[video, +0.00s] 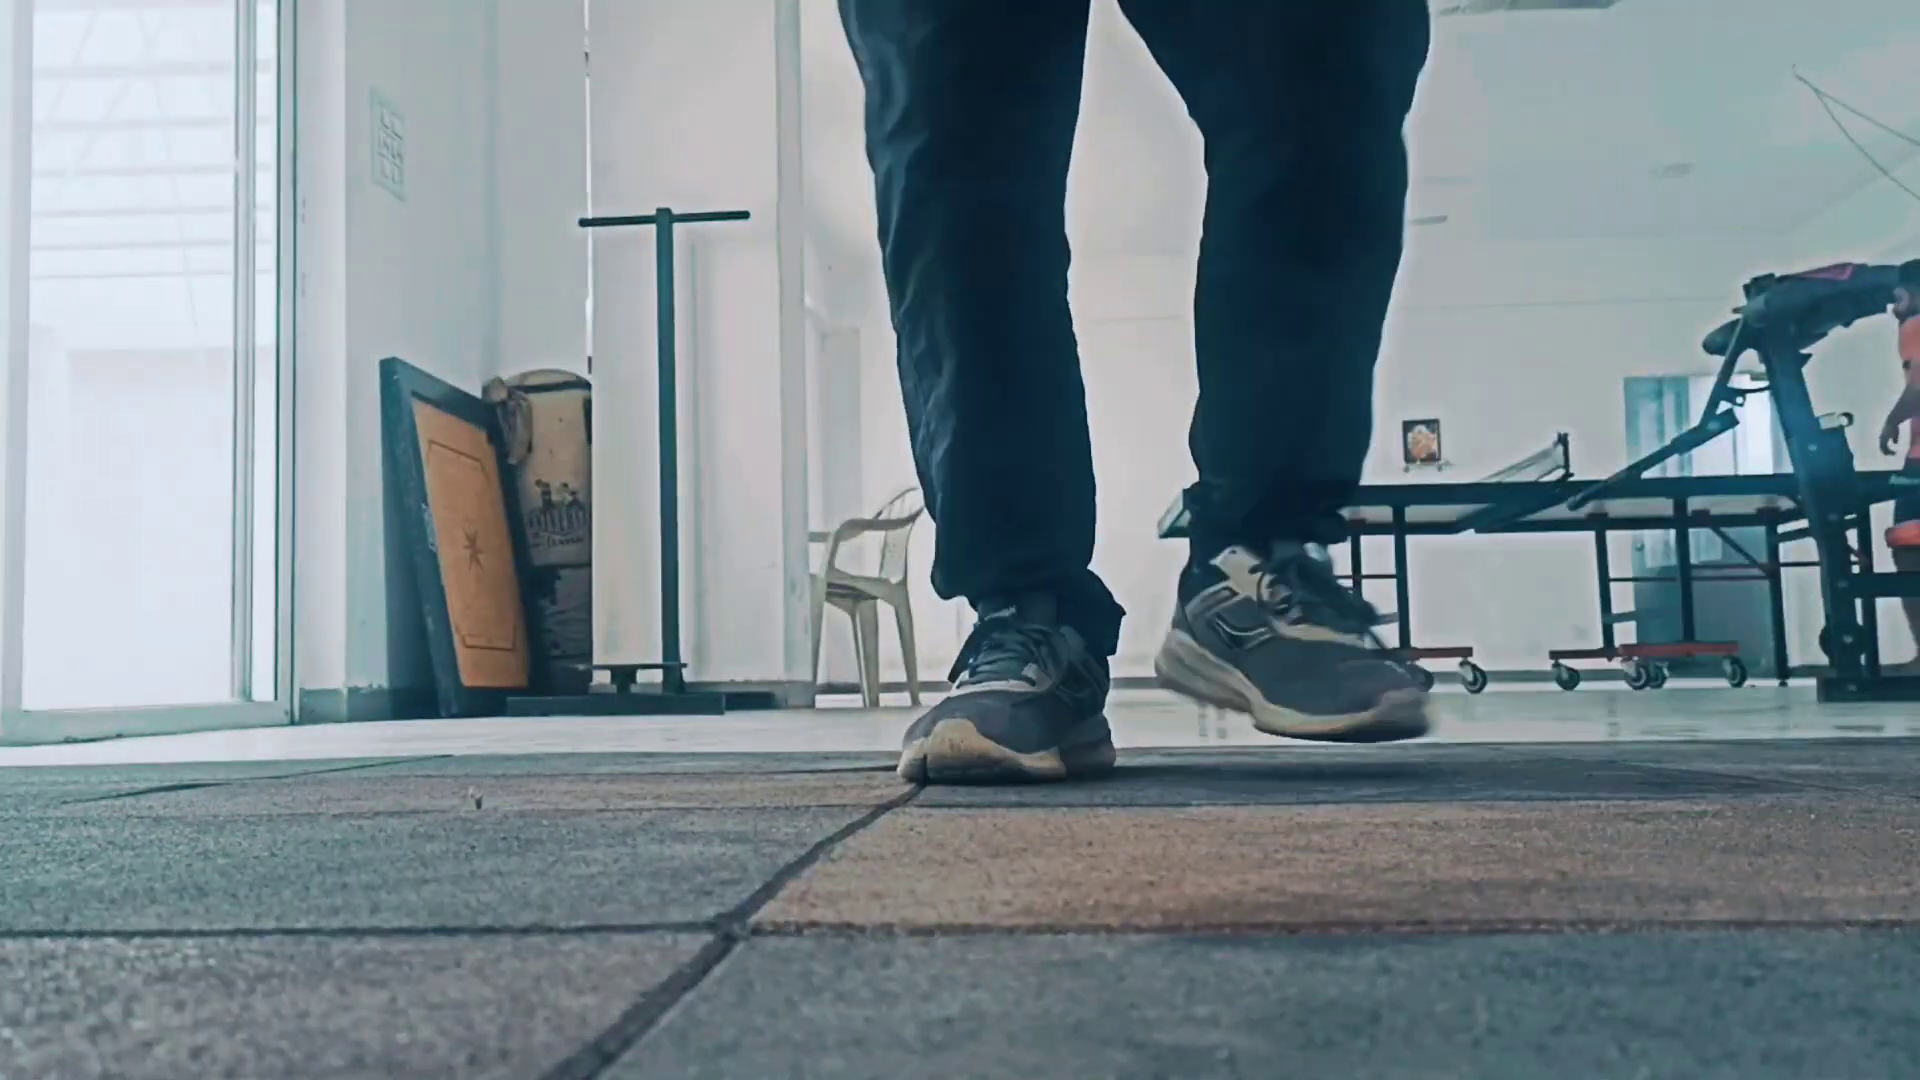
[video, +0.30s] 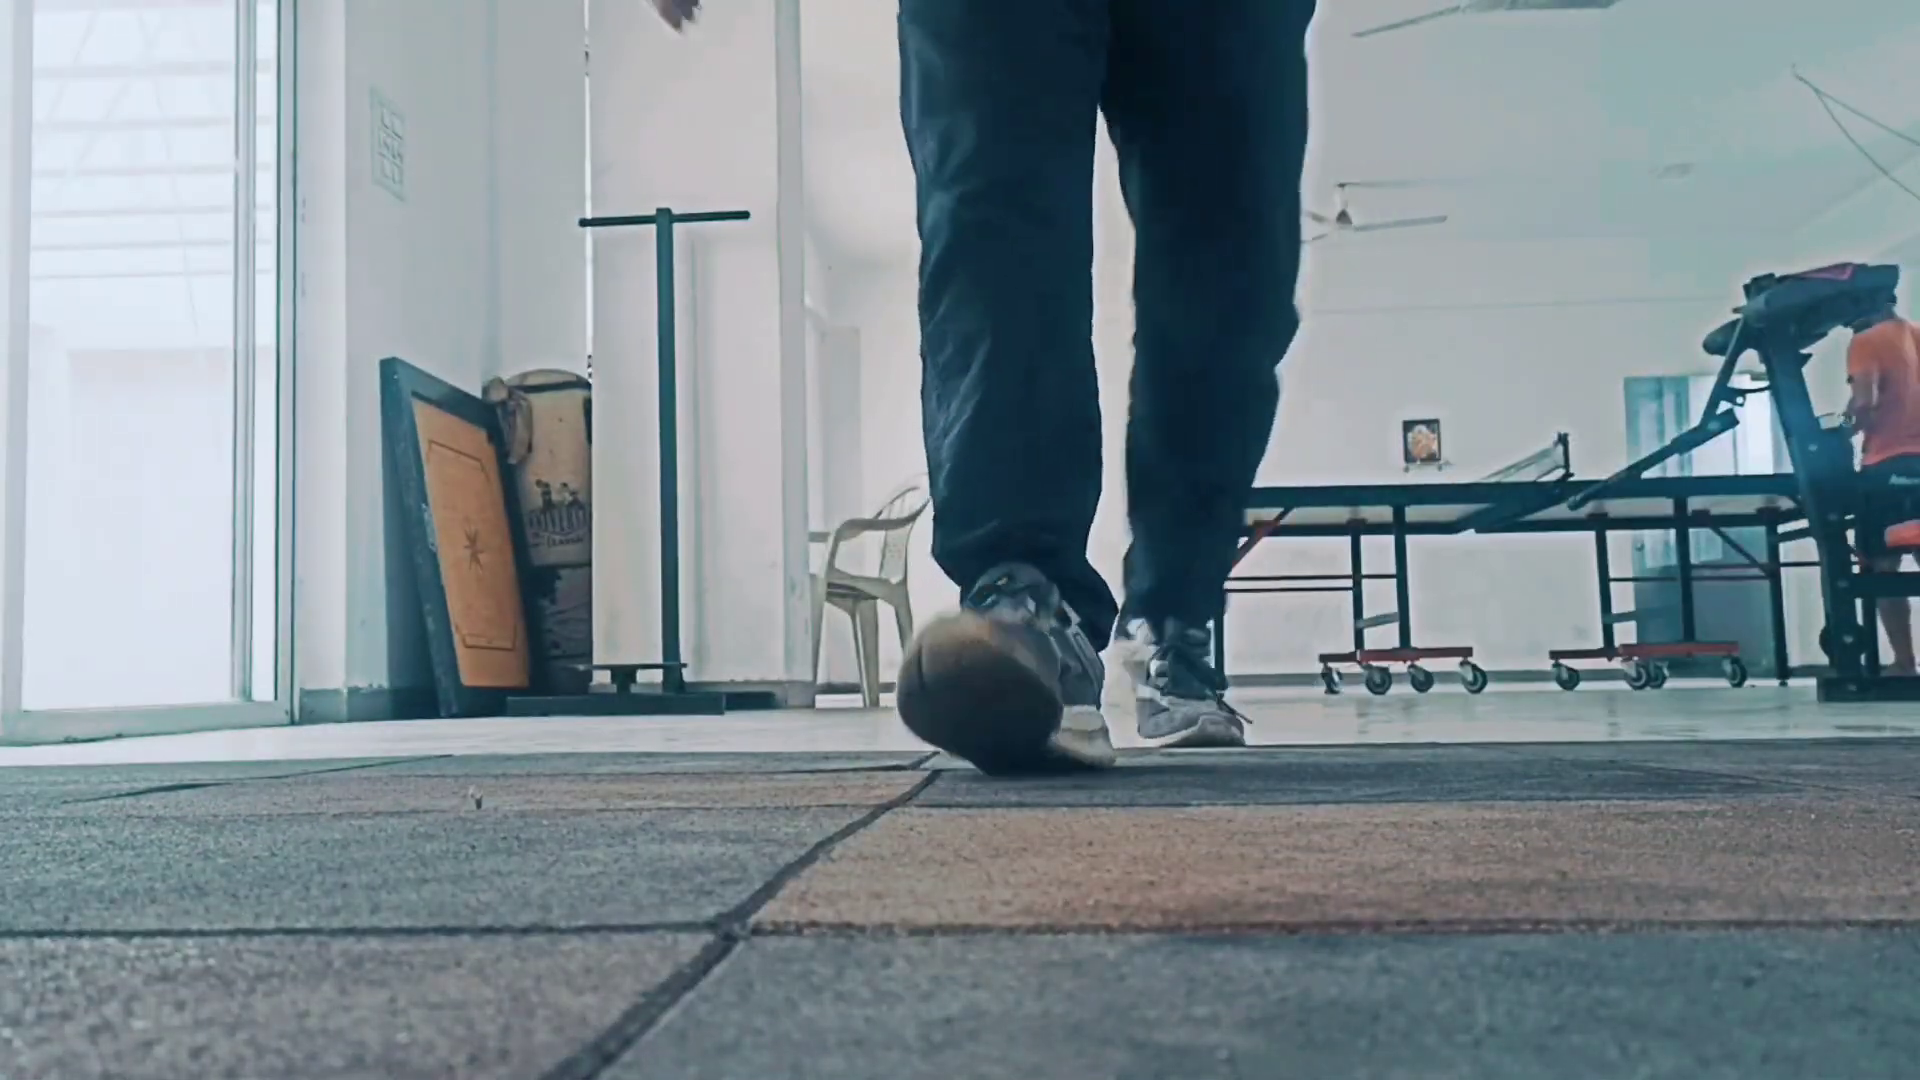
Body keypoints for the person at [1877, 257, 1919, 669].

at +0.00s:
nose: (1892, 305)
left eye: (1897, 297)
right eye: (1892, 297)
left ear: (1911, 298)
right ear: (1909, 298)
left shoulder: (1910, 328)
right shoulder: (1908, 328)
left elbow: (1914, 384)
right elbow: (1913, 386)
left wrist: (1891, 421)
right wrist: (1894, 423)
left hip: (1915, 457)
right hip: (1912, 456)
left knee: (1905, 542)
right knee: (1903, 544)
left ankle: (1917, 645)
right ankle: (1915, 645)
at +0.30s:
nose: (1847, 324)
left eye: (1849, 316)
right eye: (1846, 317)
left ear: (1860, 310)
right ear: (1888, 303)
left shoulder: (1866, 341)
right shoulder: (1914, 332)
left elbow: (1863, 404)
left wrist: (1849, 422)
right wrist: (1860, 419)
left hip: (1887, 461)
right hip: (1917, 455)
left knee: (1881, 565)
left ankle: (1904, 660)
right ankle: (1903, 658)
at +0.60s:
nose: (1819, 343)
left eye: (1820, 337)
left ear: (1828, 329)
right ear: (1856, 324)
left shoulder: (1830, 356)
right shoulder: (1899, 360)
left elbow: (1805, 412)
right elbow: (1914, 413)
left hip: (1864, 468)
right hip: (1907, 466)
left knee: (1875, 566)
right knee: (1877, 564)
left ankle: (1902, 655)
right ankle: (1886, 655)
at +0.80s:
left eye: (1802, 340)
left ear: (1808, 336)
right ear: (1837, 331)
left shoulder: (1807, 371)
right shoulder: (1873, 370)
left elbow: (1798, 428)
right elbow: (1889, 433)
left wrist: (1778, 457)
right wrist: (1909, 478)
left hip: (1831, 478)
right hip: (1878, 474)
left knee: (1834, 561)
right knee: (1866, 561)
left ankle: (1887, 640)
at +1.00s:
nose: (1765, 360)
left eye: (1767, 352)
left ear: (1782, 341)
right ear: (1809, 333)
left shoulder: (1791, 374)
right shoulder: (1840, 372)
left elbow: (1788, 430)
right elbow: (1847, 427)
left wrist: (1766, 454)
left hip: (1808, 479)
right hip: (1850, 475)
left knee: (1784, 570)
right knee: (1839, 566)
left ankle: (1830, 638)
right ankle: (1844, 651)